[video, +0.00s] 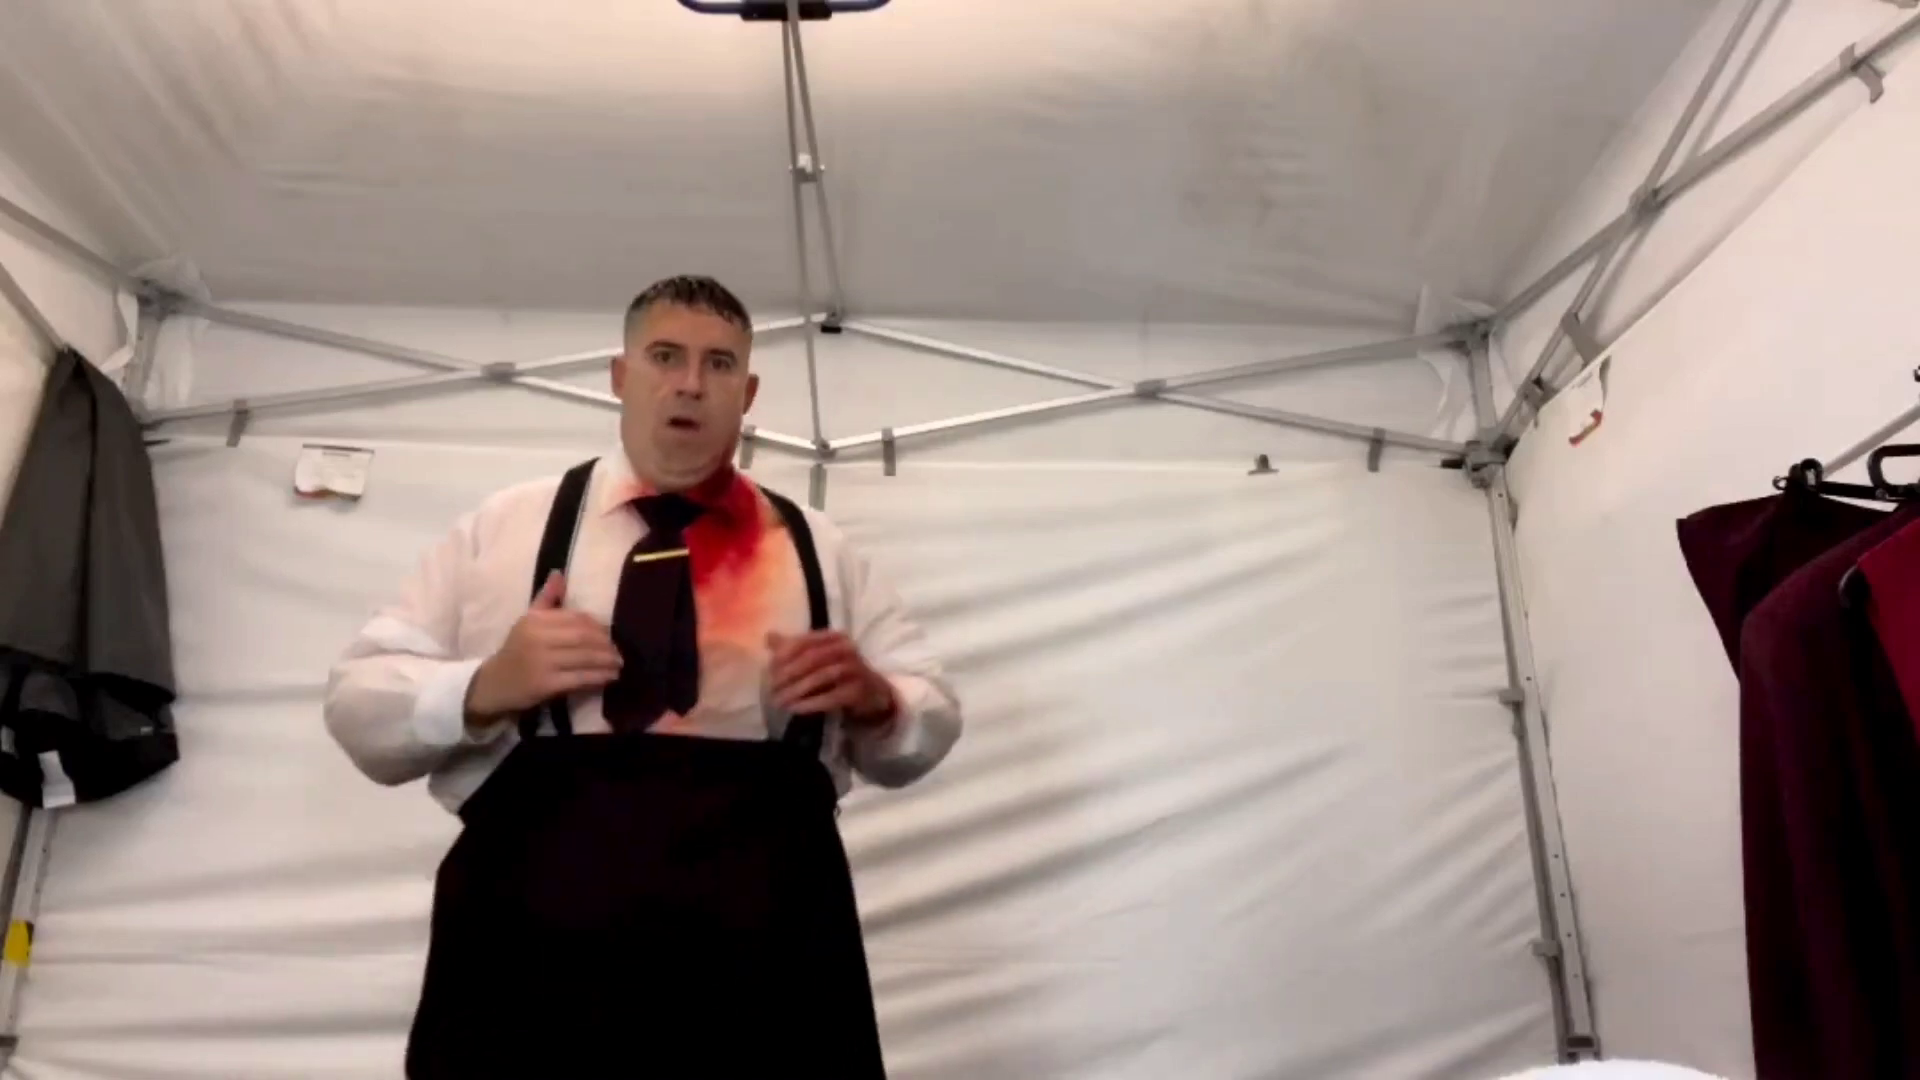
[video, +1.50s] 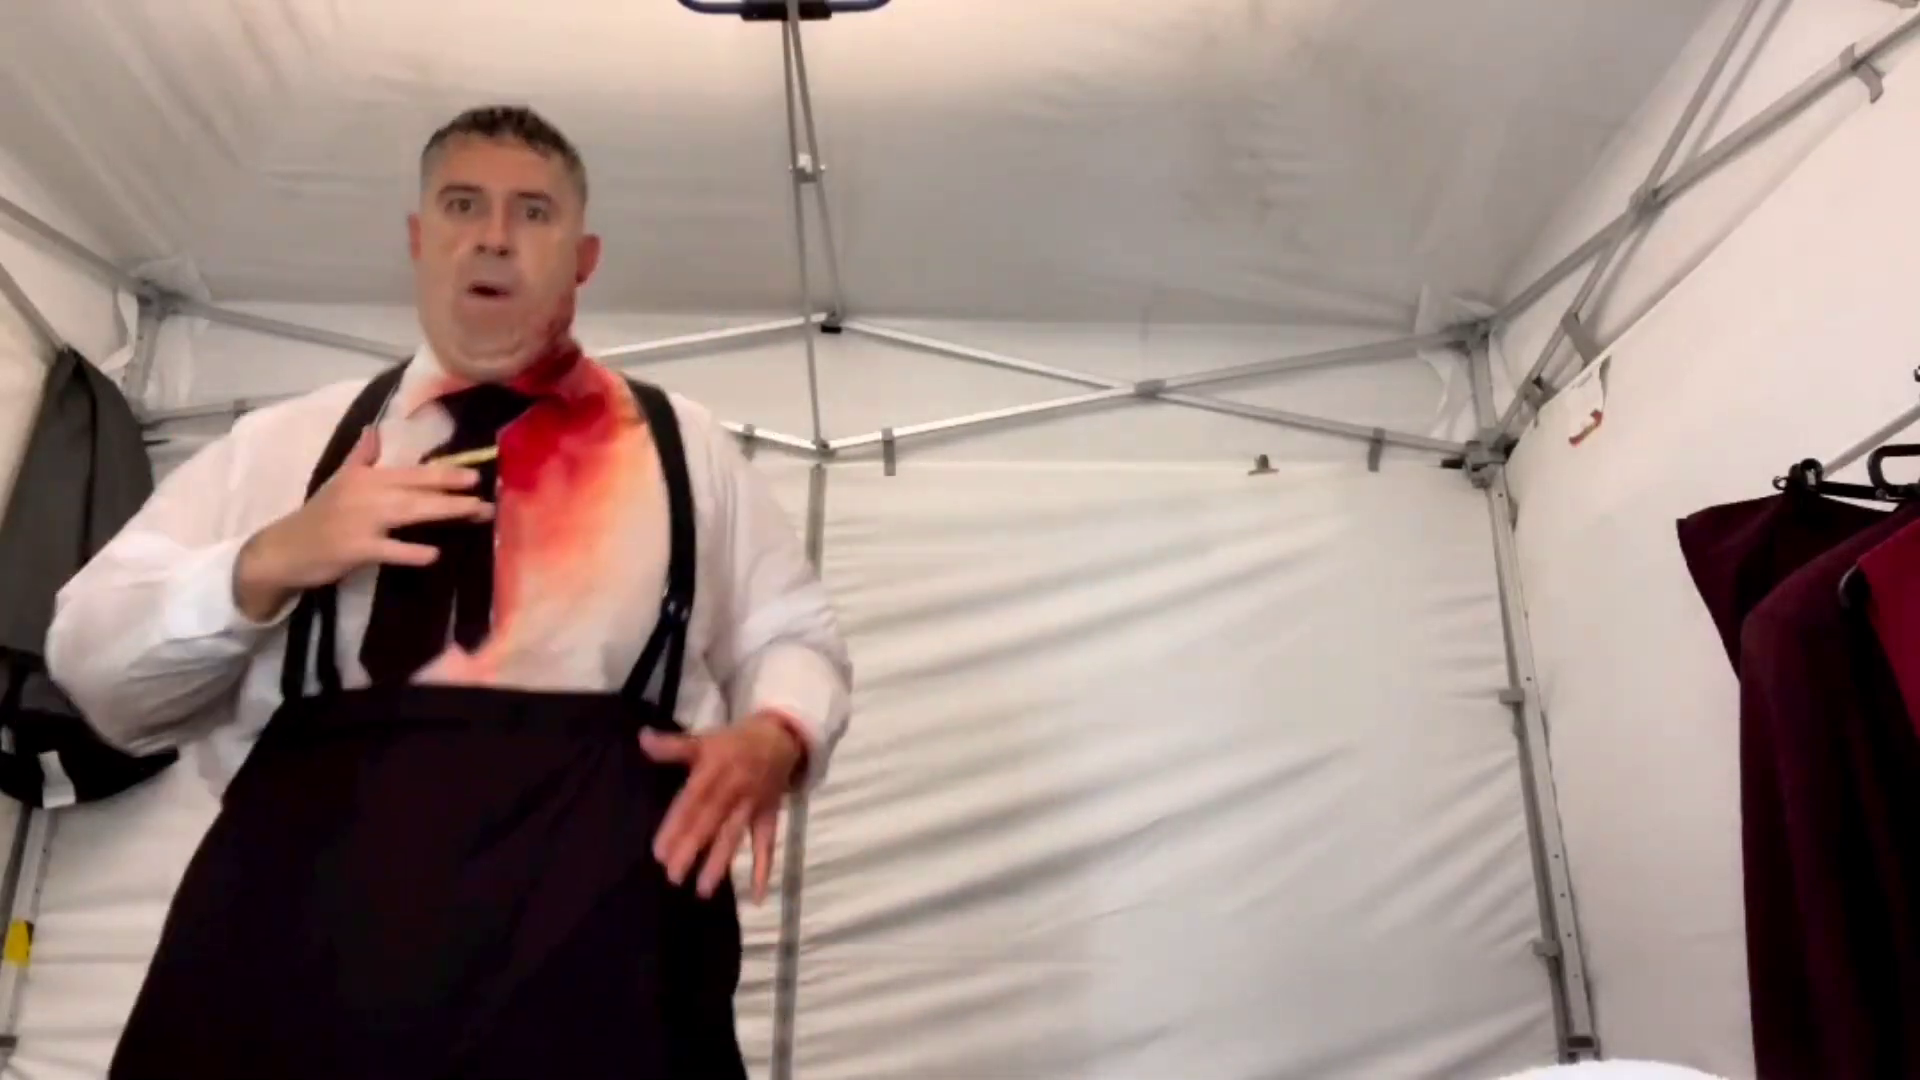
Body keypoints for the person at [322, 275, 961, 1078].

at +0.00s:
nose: (691, 384)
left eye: (718, 364)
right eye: (666, 358)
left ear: (749, 394)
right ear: (619, 378)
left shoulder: (820, 552)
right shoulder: (508, 529)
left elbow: (925, 733)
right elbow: (361, 705)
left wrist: (879, 705)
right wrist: (485, 684)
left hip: (759, 920)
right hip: (544, 911)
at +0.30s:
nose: (719, 405)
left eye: (748, 383)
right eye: (694, 375)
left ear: (782, 414)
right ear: (644, 390)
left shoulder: (847, 583)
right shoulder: (533, 550)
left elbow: (963, 714)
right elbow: (400, 685)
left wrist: (1063, 681)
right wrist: (284, 714)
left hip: (770, 937)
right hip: (548, 922)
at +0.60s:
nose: (581, 380)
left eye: (613, 360)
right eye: (556, 355)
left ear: (654, 397)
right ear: (510, 385)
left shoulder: (743, 570)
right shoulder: (373, 565)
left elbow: (842, 743)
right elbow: (196, 761)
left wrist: (911, 716)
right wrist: (203, 663)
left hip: (658, 947)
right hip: (415, 937)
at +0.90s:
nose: (648, 303)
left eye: (682, 285)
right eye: (622, 272)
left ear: (715, 330)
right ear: (569, 298)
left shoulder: (791, 504)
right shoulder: (414, 477)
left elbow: (894, 665)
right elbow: (275, 635)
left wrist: (807, 782)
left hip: (690, 895)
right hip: (448, 882)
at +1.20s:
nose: (600, 238)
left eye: (636, 215)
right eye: (570, 206)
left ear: (674, 264)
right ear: (515, 236)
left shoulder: (753, 455)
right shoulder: (369, 420)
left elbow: (828, 656)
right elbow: (207, 666)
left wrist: (892, 650)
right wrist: (201, 602)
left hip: (655, 843)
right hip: (394, 824)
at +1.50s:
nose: (493, 239)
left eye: (531, 214)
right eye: (464, 207)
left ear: (584, 260)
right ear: (415, 242)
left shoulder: (684, 450)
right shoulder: (291, 441)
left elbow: (790, 637)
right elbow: (94, 668)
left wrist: (777, 734)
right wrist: (271, 560)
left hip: (597, 834)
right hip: (329, 831)